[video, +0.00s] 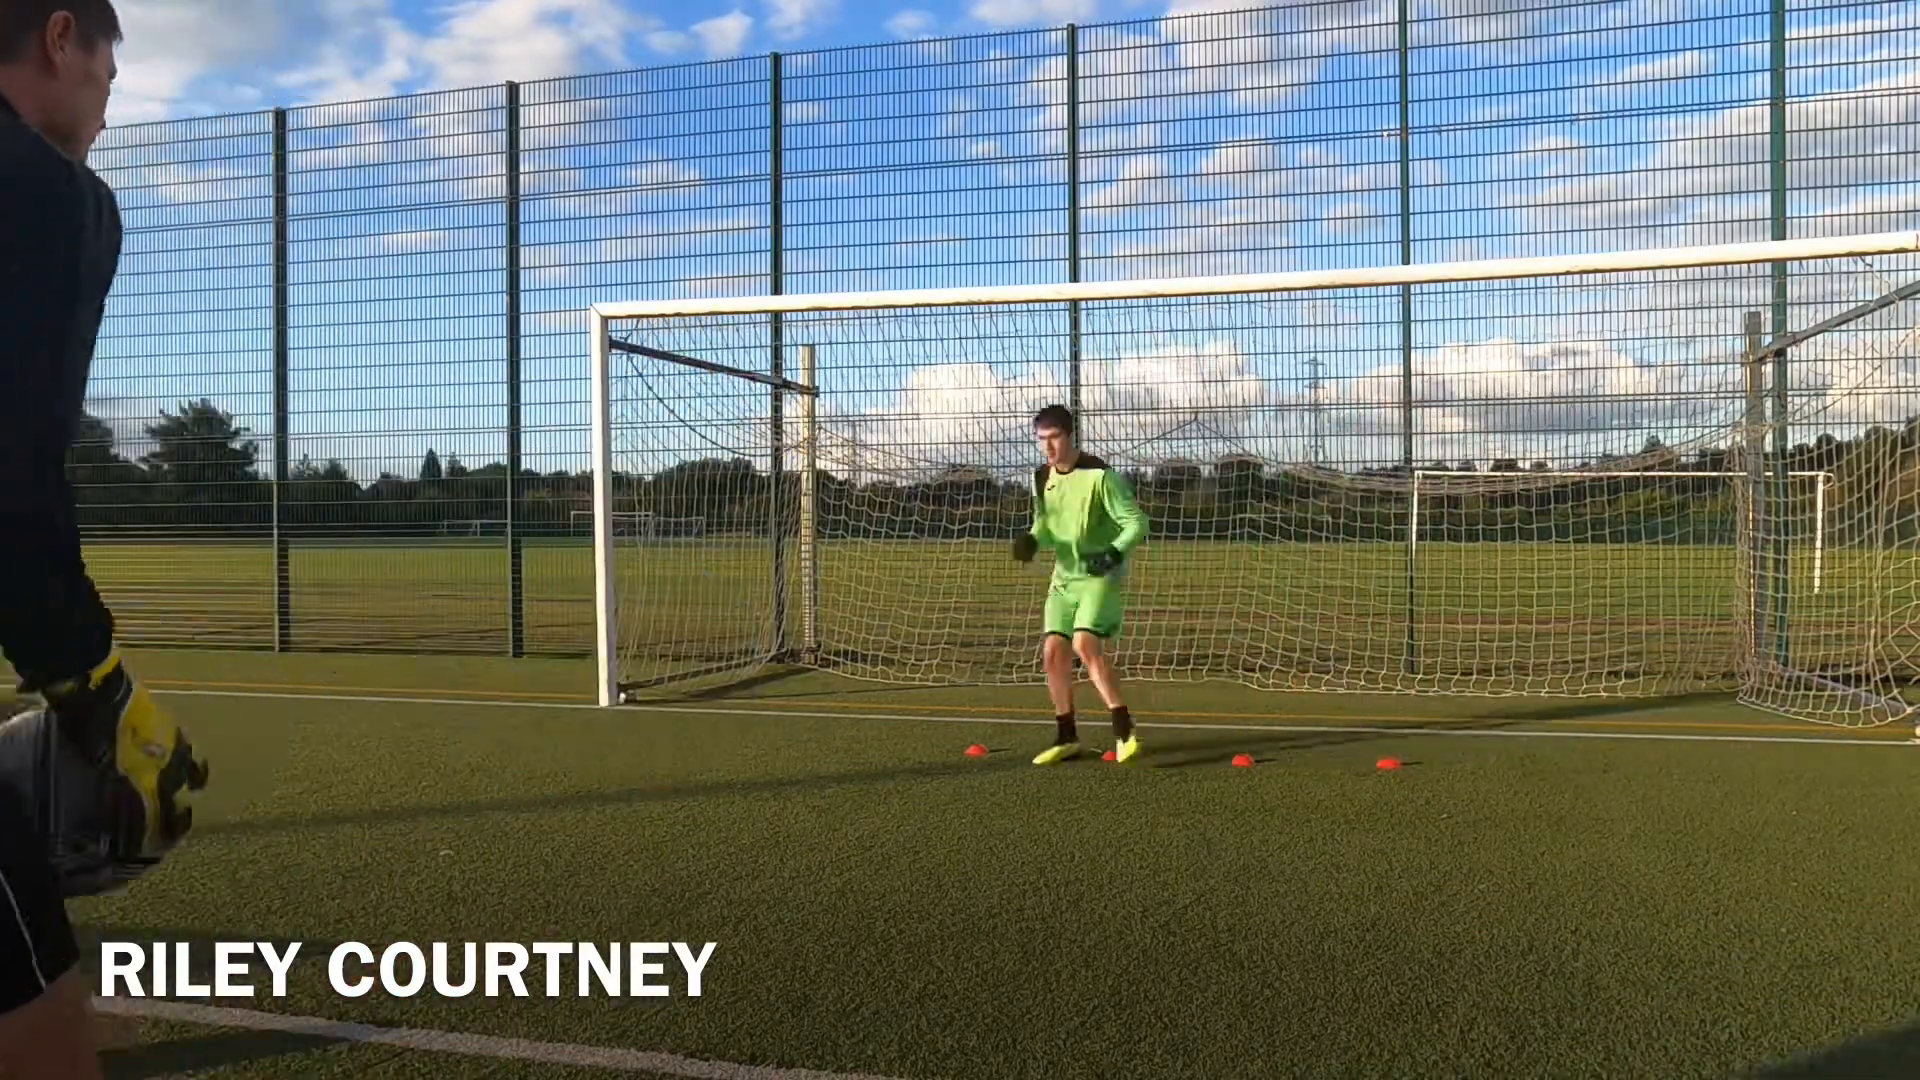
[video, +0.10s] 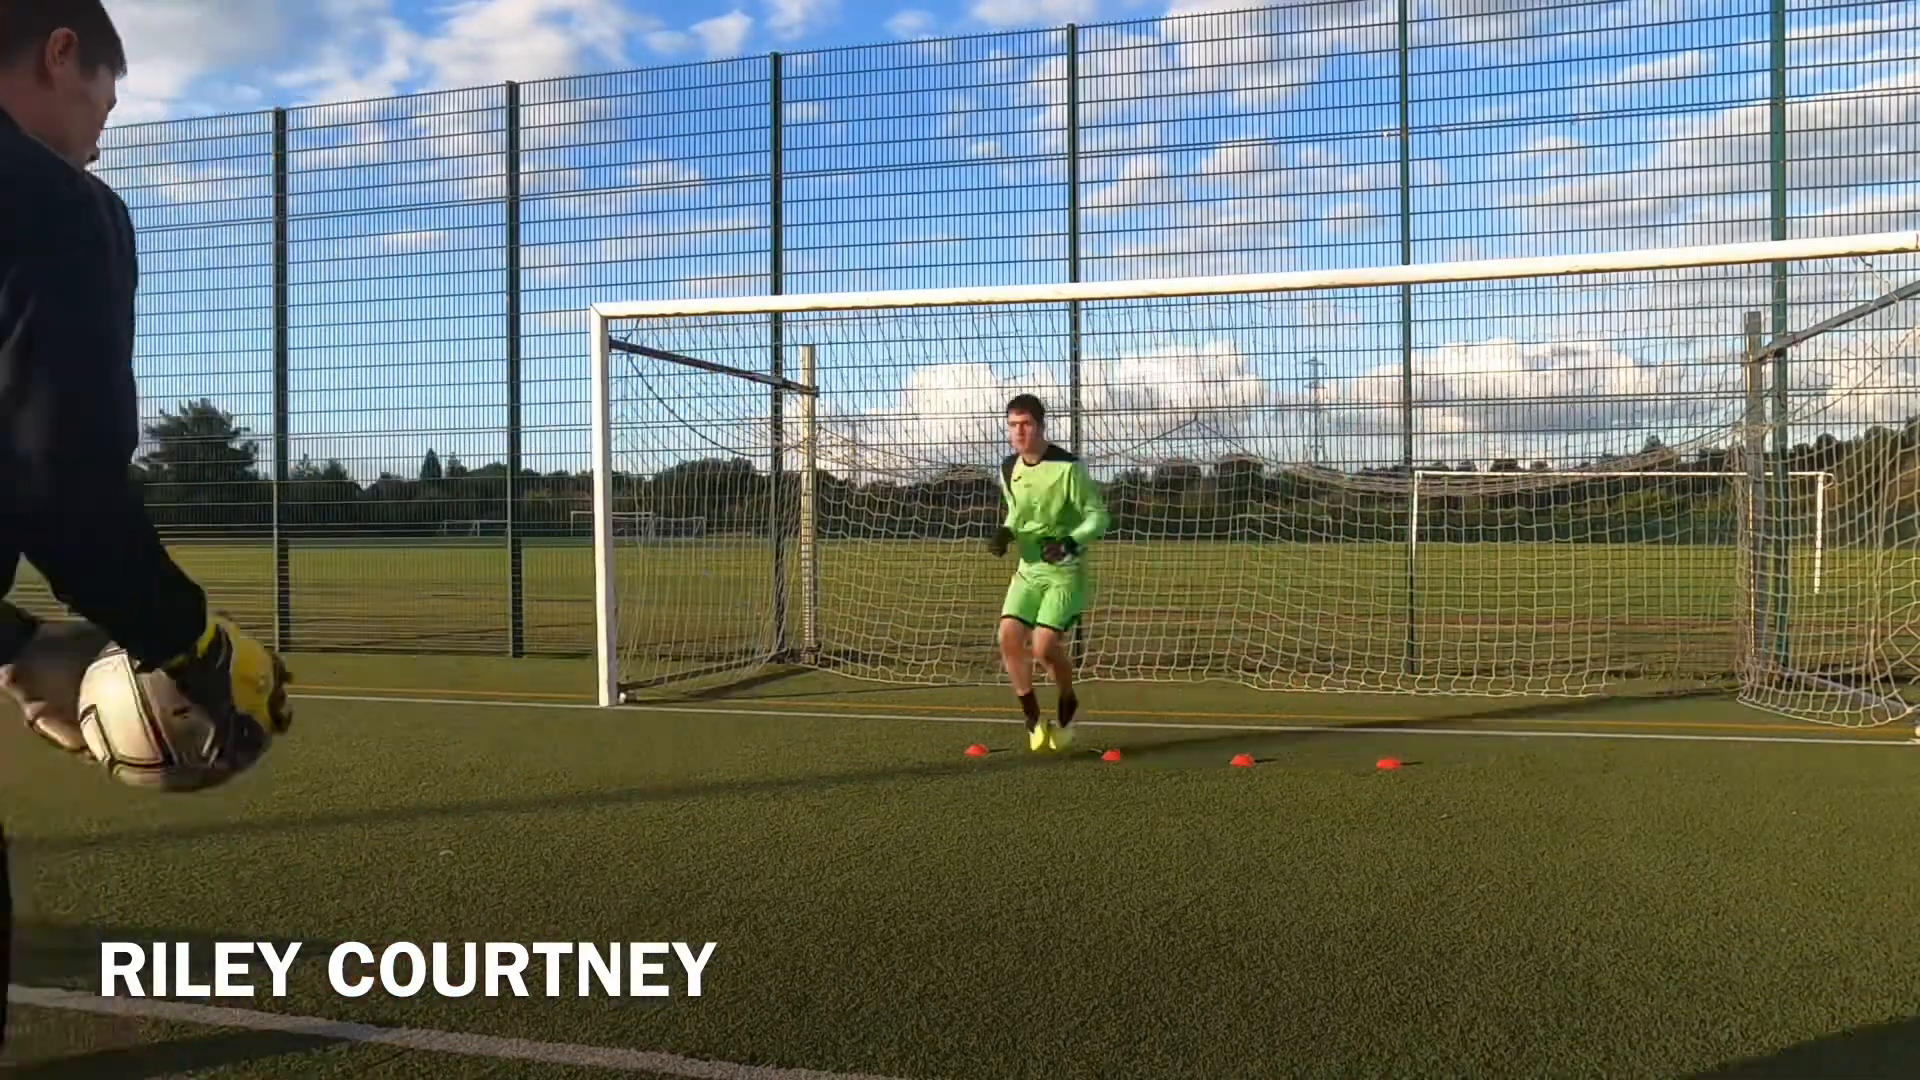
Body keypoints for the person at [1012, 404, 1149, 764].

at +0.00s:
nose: (1048, 446)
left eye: (1054, 438)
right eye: (1042, 439)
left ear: (1071, 435)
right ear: (1038, 441)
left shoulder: (1101, 476)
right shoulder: (1041, 480)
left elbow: (1137, 523)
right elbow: (1043, 527)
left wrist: (1115, 552)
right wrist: (1030, 542)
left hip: (1098, 578)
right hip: (1063, 578)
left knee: (1086, 644)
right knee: (1052, 652)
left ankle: (1125, 732)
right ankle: (1067, 738)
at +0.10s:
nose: (1019, 432)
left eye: (1026, 424)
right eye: (1013, 425)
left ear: (1042, 427)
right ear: (1008, 430)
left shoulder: (1069, 469)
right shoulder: (1008, 470)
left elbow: (1098, 516)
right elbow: (1015, 512)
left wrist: (1069, 542)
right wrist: (1005, 533)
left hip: (1065, 572)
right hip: (1027, 570)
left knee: (1044, 647)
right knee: (1008, 637)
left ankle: (1068, 701)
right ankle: (1033, 719)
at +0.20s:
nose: (990, 433)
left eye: (997, 425)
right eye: (985, 426)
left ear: (1012, 428)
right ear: (979, 431)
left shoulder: (1037, 476)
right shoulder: (982, 474)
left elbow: (1060, 524)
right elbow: (989, 521)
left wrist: (1034, 551)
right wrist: (978, 543)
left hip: (1030, 582)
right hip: (994, 576)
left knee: (1020, 664)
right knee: (955, 631)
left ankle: (1053, 723)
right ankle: (974, 694)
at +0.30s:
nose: (962, 431)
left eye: (969, 424)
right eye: (956, 425)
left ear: (981, 429)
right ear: (949, 431)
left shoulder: (1005, 476)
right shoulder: (945, 476)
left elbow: (1027, 525)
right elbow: (948, 521)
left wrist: (1006, 554)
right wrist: (943, 546)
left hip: (998, 582)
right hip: (956, 579)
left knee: (1012, 659)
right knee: (922, 647)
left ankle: (1052, 726)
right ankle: (898, 720)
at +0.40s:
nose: (934, 431)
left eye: (941, 425)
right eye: (929, 425)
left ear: (953, 429)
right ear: (921, 430)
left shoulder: (975, 478)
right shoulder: (908, 475)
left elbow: (996, 522)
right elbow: (903, 518)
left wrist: (985, 546)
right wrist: (901, 542)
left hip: (962, 579)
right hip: (918, 578)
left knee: (977, 656)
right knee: (899, 656)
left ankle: (1016, 714)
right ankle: (894, 724)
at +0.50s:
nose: (912, 426)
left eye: (918, 419)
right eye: (906, 419)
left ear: (930, 423)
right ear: (898, 424)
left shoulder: (950, 470)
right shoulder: (885, 467)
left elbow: (974, 514)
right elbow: (876, 512)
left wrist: (963, 535)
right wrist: (871, 534)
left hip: (936, 575)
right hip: (893, 574)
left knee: (941, 648)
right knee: (863, 642)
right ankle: (870, 717)